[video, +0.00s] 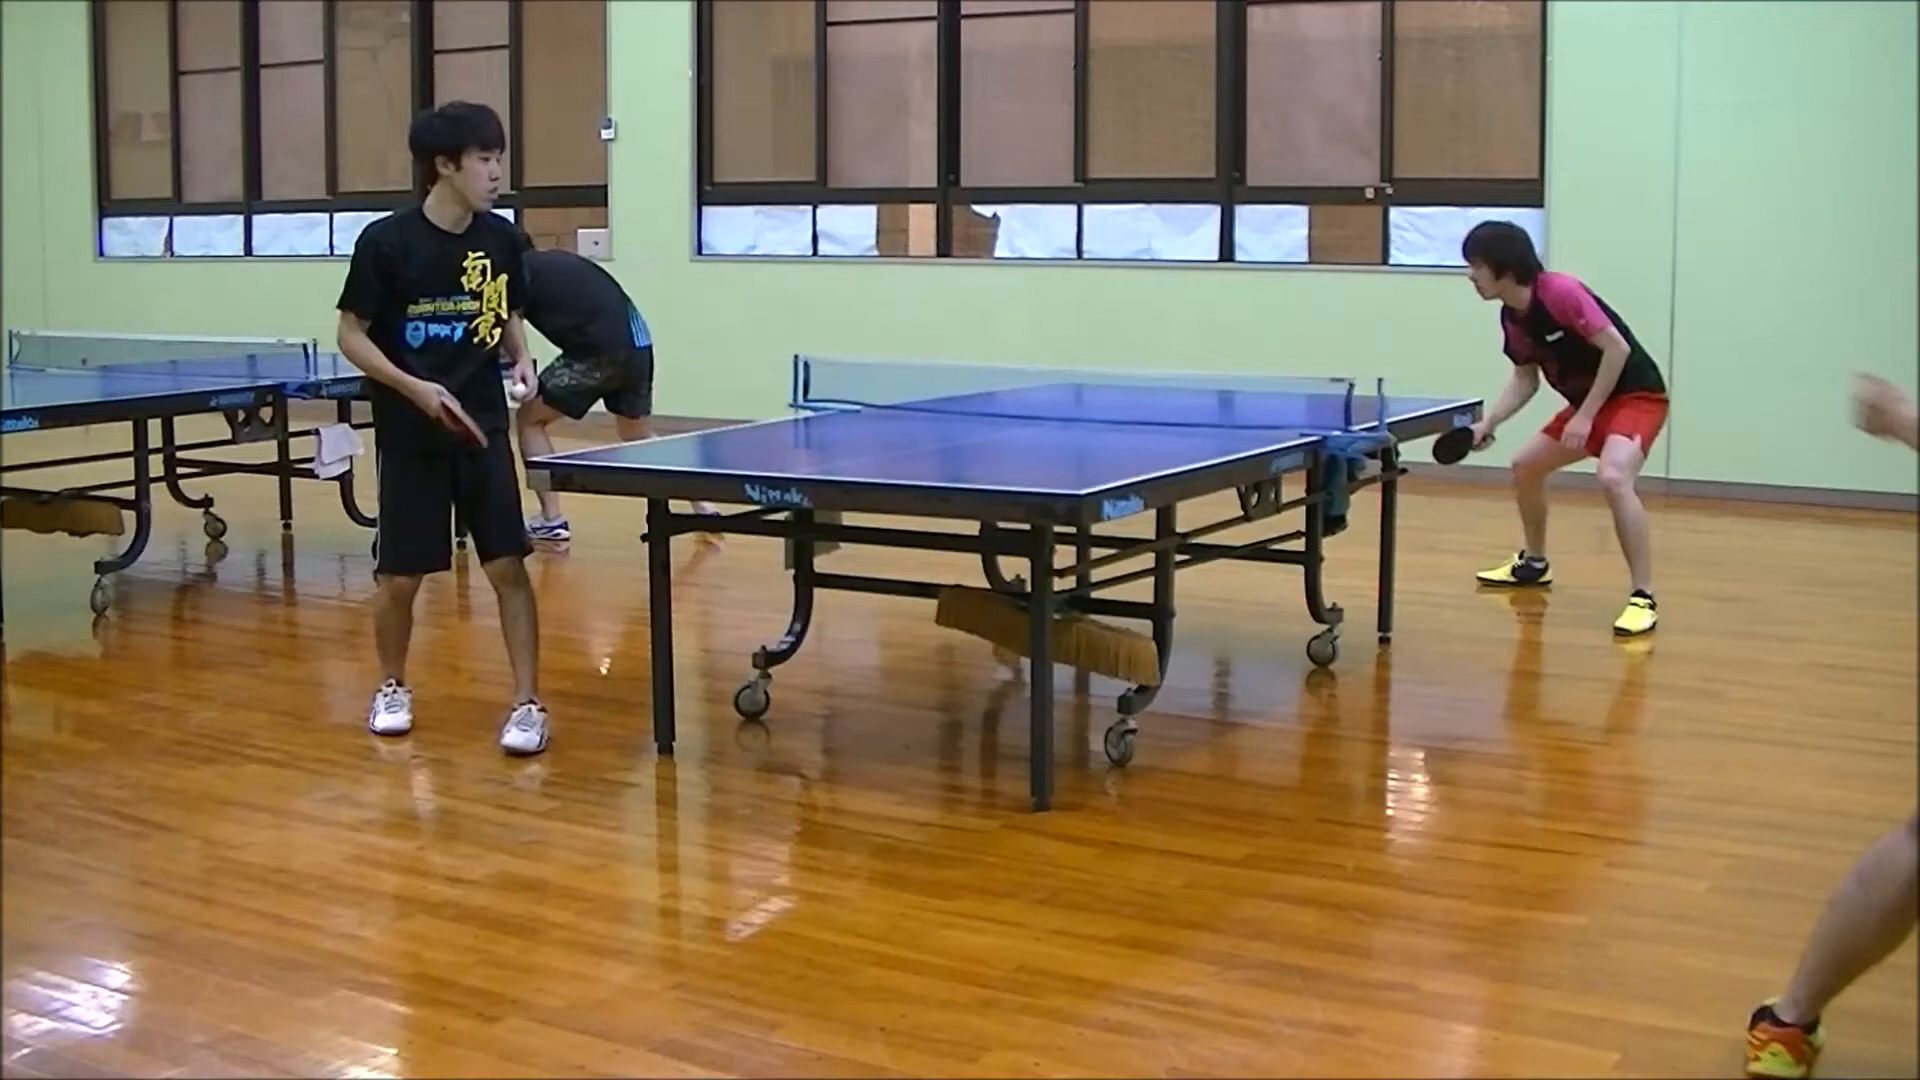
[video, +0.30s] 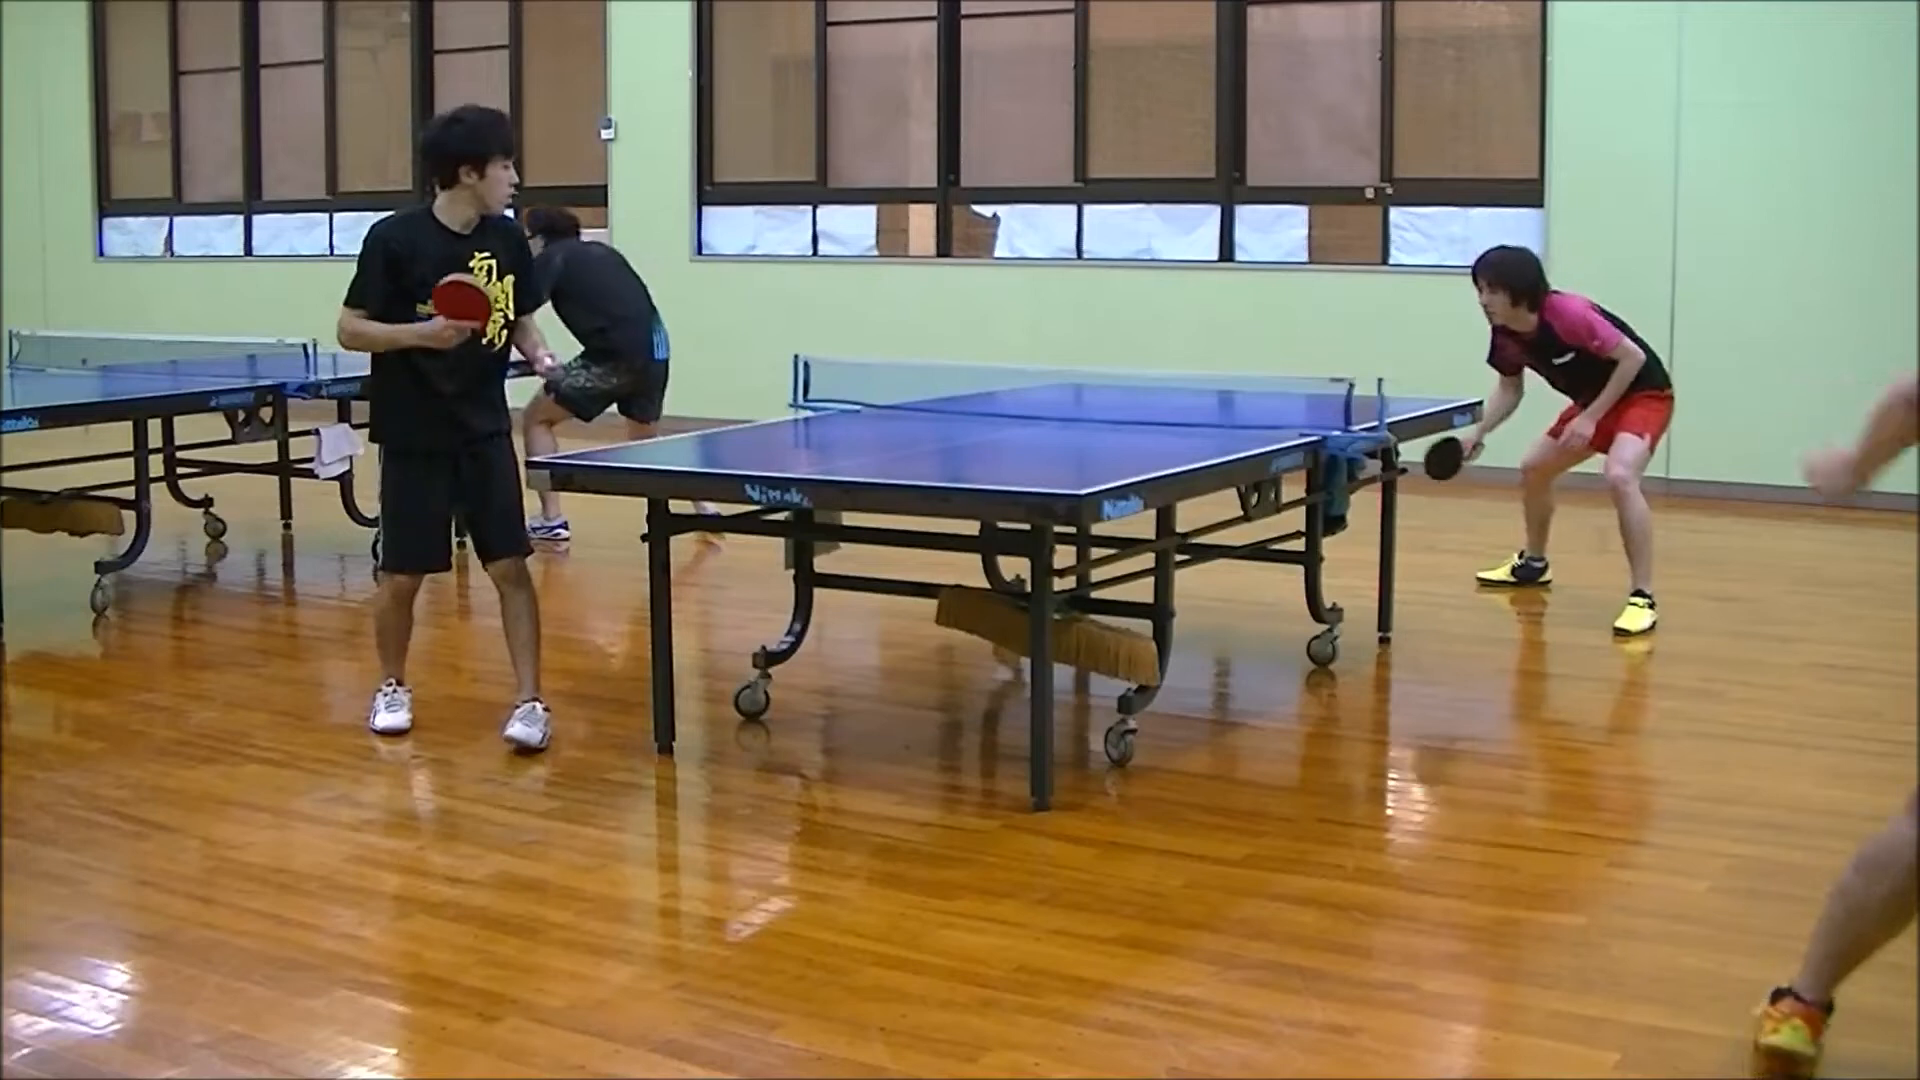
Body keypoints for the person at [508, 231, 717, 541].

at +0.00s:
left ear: (505, 251)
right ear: (527, 242)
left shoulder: (517, 271)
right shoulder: (560, 258)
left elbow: (507, 342)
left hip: (596, 354)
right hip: (639, 349)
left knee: (530, 420)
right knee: (638, 435)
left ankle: (551, 520)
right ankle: (703, 507)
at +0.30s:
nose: (525, 244)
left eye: (527, 237)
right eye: (526, 237)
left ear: (541, 238)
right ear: (571, 233)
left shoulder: (552, 258)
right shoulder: (601, 251)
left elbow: (519, 307)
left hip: (613, 356)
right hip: (655, 354)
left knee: (536, 419)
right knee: (643, 440)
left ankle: (551, 519)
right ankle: (705, 507)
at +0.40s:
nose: (539, 232)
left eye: (545, 224)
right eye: (540, 224)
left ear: (561, 225)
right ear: (588, 224)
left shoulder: (566, 246)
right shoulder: (617, 245)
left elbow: (520, 285)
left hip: (619, 354)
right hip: (662, 354)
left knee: (541, 418)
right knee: (648, 439)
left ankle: (551, 519)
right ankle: (705, 507)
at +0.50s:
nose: (562, 211)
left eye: (566, 206)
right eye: (564, 205)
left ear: (579, 209)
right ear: (607, 211)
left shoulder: (585, 231)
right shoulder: (635, 240)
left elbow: (529, 234)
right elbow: (622, 274)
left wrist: (503, 218)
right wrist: (583, 277)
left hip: (625, 352)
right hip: (668, 355)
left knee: (548, 417)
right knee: (655, 437)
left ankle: (552, 519)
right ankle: (706, 508)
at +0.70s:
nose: (594, 188)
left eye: (600, 182)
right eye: (597, 181)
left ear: (616, 188)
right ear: (642, 194)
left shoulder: (617, 212)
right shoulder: (663, 230)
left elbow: (550, 208)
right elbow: (647, 271)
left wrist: (509, 181)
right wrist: (602, 266)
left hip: (640, 341)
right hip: (682, 346)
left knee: (569, 417)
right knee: (665, 434)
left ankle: (553, 519)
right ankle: (708, 509)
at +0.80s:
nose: (610, 181)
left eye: (614, 175)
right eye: (612, 174)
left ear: (629, 182)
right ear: (657, 189)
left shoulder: (624, 210)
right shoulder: (678, 226)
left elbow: (554, 211)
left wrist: (511, 202)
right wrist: (659, 273)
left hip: (649, 334)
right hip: (692, 340)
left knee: (582, 417)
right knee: (676, 431)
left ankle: (558, 517)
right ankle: (709, 513)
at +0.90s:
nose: (621, 176)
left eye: (626, 171)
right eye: (624, 170)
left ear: (639, 179)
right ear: (667, 185)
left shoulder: (631, 207)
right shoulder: (691, 219)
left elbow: (565, 220)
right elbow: (730, 272)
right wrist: (692, 285)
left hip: (656, 327)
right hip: (700, 332)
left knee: (592, 416)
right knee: (683, 425)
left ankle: (562, 515)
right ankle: (711, 512)